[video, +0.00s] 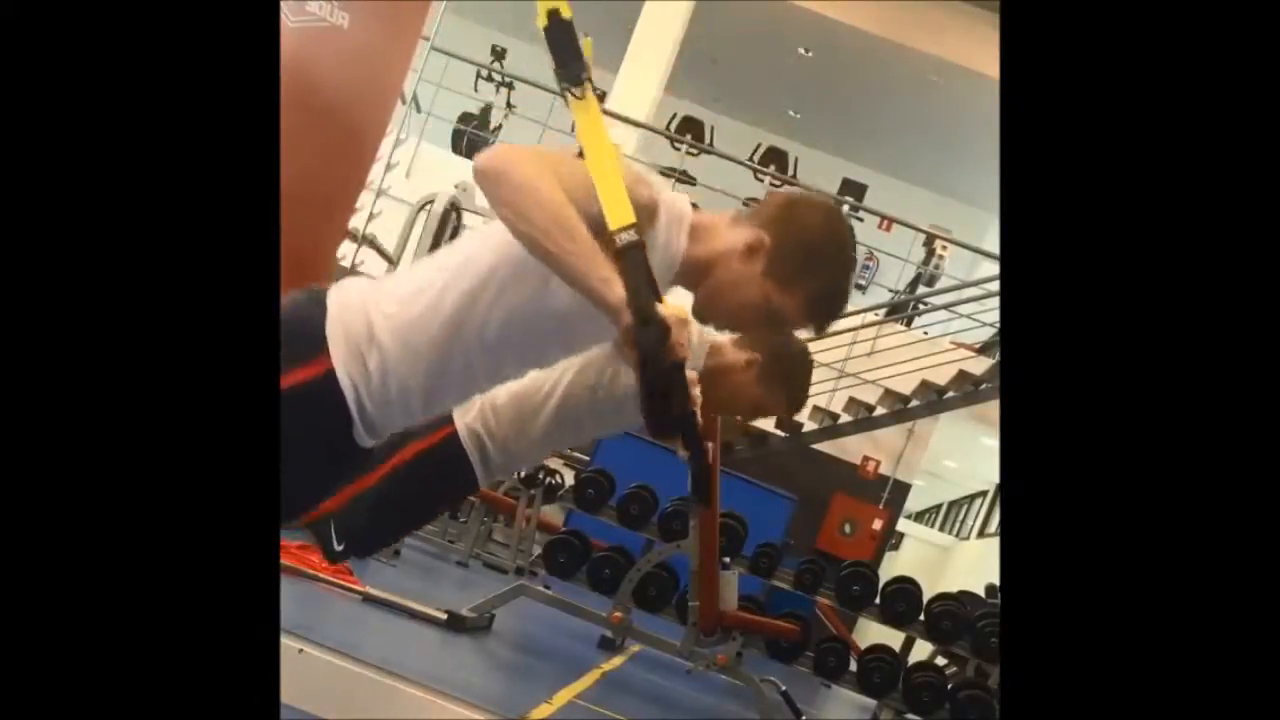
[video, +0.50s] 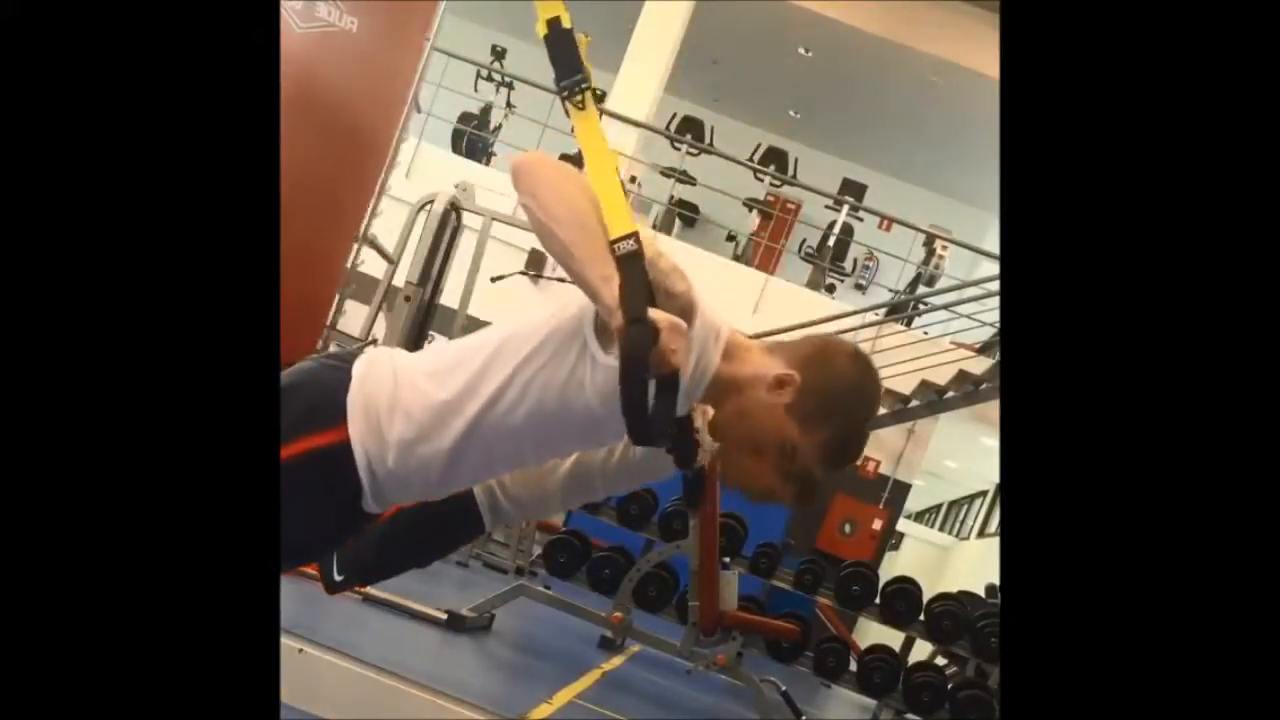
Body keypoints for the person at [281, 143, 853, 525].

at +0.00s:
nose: (749, 331)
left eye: (769, 328)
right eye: (768, 315)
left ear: (754, 251)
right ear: (753, 251)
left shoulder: (670, 289)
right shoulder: (645, 202)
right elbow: (504, 168)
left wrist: (668, 408)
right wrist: (629, 307)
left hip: (367, 426)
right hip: (326, 367)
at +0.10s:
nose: (754, 372)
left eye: (776, 373)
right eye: (775, 359)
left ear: (764, 288)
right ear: (767, 294)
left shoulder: (679, 334)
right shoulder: (666, 246)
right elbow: (517, 172)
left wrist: (672, 410)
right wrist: (644, 316)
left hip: (366, 443)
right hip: (333, 393)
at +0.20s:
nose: (763, 405)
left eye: (781, 405)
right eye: (780, 393)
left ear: (776, 328)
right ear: (777, 329)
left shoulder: (691, 365)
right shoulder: (666, 266)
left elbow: (792, 452)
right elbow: (522, 170)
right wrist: (631, 312)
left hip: (372, 456)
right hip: (339, 411)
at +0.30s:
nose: (758, 434)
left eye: (776, 436)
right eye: (777, 425)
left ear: (780, 355)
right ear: (783, 360)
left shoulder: (693, 391)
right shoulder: (674, 285)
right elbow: (529, 170)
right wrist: (623, 312)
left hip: (368, 471)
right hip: (338, 424)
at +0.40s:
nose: (760, 481)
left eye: (780, 478)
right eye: (781, 463)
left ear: (778, 379)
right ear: (781, 384)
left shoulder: (691, 418)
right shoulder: (672, 296)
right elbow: (531, 172)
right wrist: (622, 314)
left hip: (367, 484)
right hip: (335, 432)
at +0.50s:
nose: (759, 484)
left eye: (779, 483)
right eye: (781, 468)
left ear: (779, 386)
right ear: (781, 391)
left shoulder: (693, 420)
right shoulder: (672, 300)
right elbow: (534, 171)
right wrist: (620, 304)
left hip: (366, 488)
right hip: (333, 436)